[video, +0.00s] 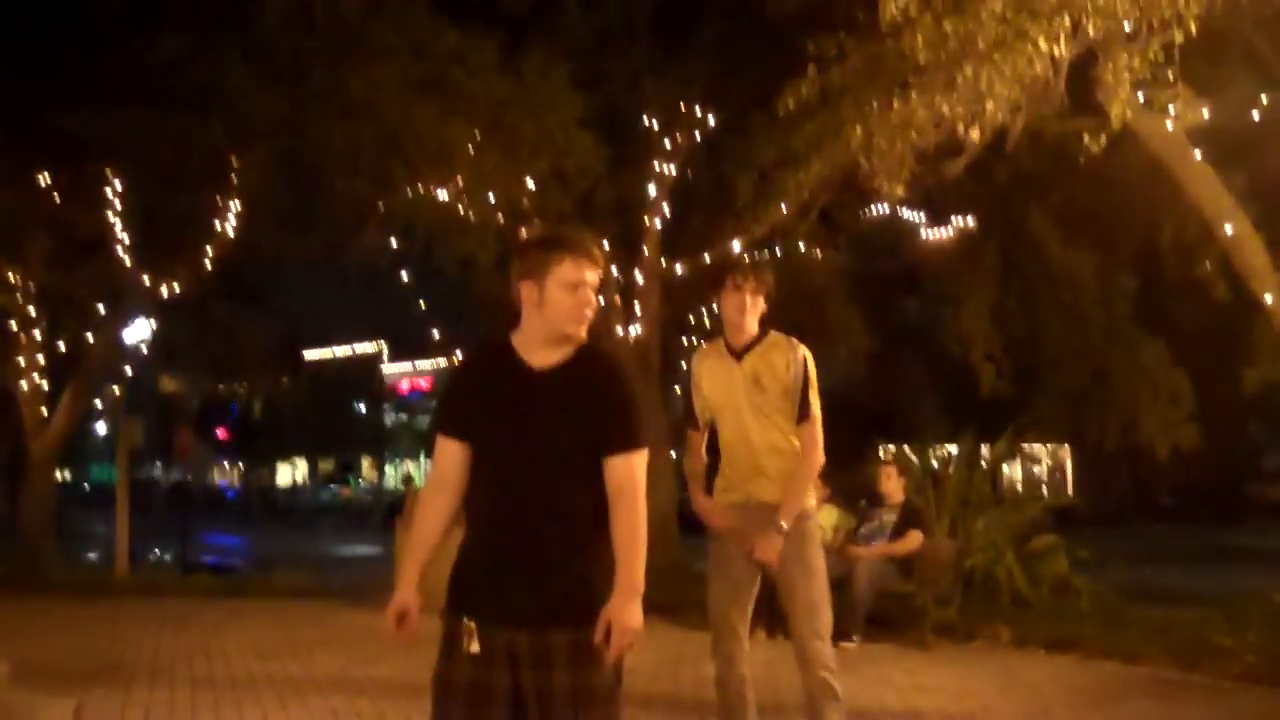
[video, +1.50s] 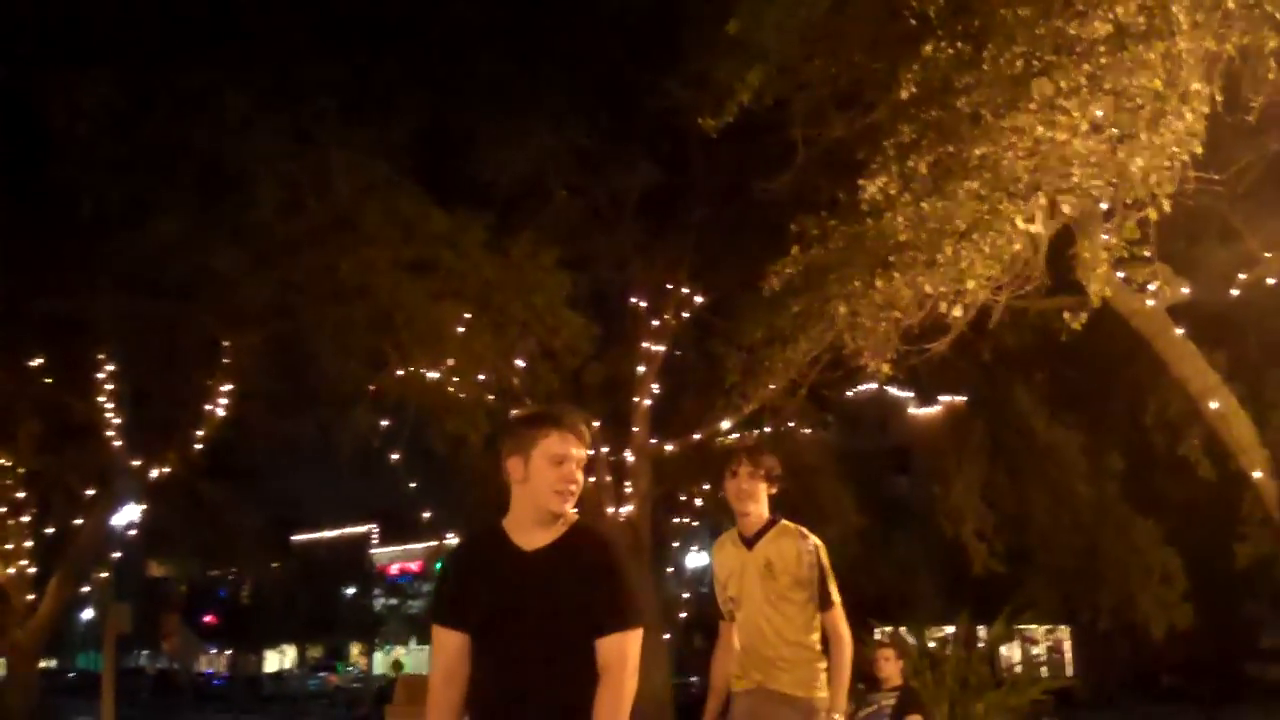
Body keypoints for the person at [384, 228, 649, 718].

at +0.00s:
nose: (590, 302)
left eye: (595, 290)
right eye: (574, 287)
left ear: (599, 296)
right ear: (527, 293)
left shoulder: (607, 378)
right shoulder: (476, 375)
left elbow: (627, 494)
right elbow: (443, 487)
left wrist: (629, 593)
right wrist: (408, 580)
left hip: (576, 611)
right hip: (482, 609)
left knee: (576, 713)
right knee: (467, 711)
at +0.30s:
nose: (569, 362)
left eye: (573, 350)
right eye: (554, 348)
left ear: (579, 356)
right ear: (508, 352)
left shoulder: (588, 442)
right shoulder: (458, 436)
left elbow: (609, 558)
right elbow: (425, 547)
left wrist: (615, 658)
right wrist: (391, 648)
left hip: (564, 667)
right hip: (469, 664)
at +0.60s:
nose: (587, 421)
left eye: (591, 406)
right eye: (569, 405)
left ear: (599, 411)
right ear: (523, 407)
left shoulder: (612, 505)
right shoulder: (478, 504)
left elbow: (629, 630)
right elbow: (447, 619)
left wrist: (606, 712)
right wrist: (440, 705)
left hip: (578, 705)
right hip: (489, 703)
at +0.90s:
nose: (598, 489)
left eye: (603, 476)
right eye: (580, 475)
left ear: (608, 480)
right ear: (537, 480)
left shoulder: (620, 570)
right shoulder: (489, 565)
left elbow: (631, 695)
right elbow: (456, 680)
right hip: (502, 712)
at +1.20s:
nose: (606, 487)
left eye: (614, 476)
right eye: (591, 470)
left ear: (620, 482)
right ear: (550, 470)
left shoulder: (623, 569)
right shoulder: (498, 557)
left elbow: (631, 700)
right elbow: (468, 675)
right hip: (505, 711)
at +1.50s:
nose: (574, 478)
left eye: (580, 466)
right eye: (558, 462)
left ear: (586, 473)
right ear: (514, 468)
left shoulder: (601, 558)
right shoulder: (467, 563)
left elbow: (618, 675)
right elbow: (447, 680)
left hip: (575, 711)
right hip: (490, 712)